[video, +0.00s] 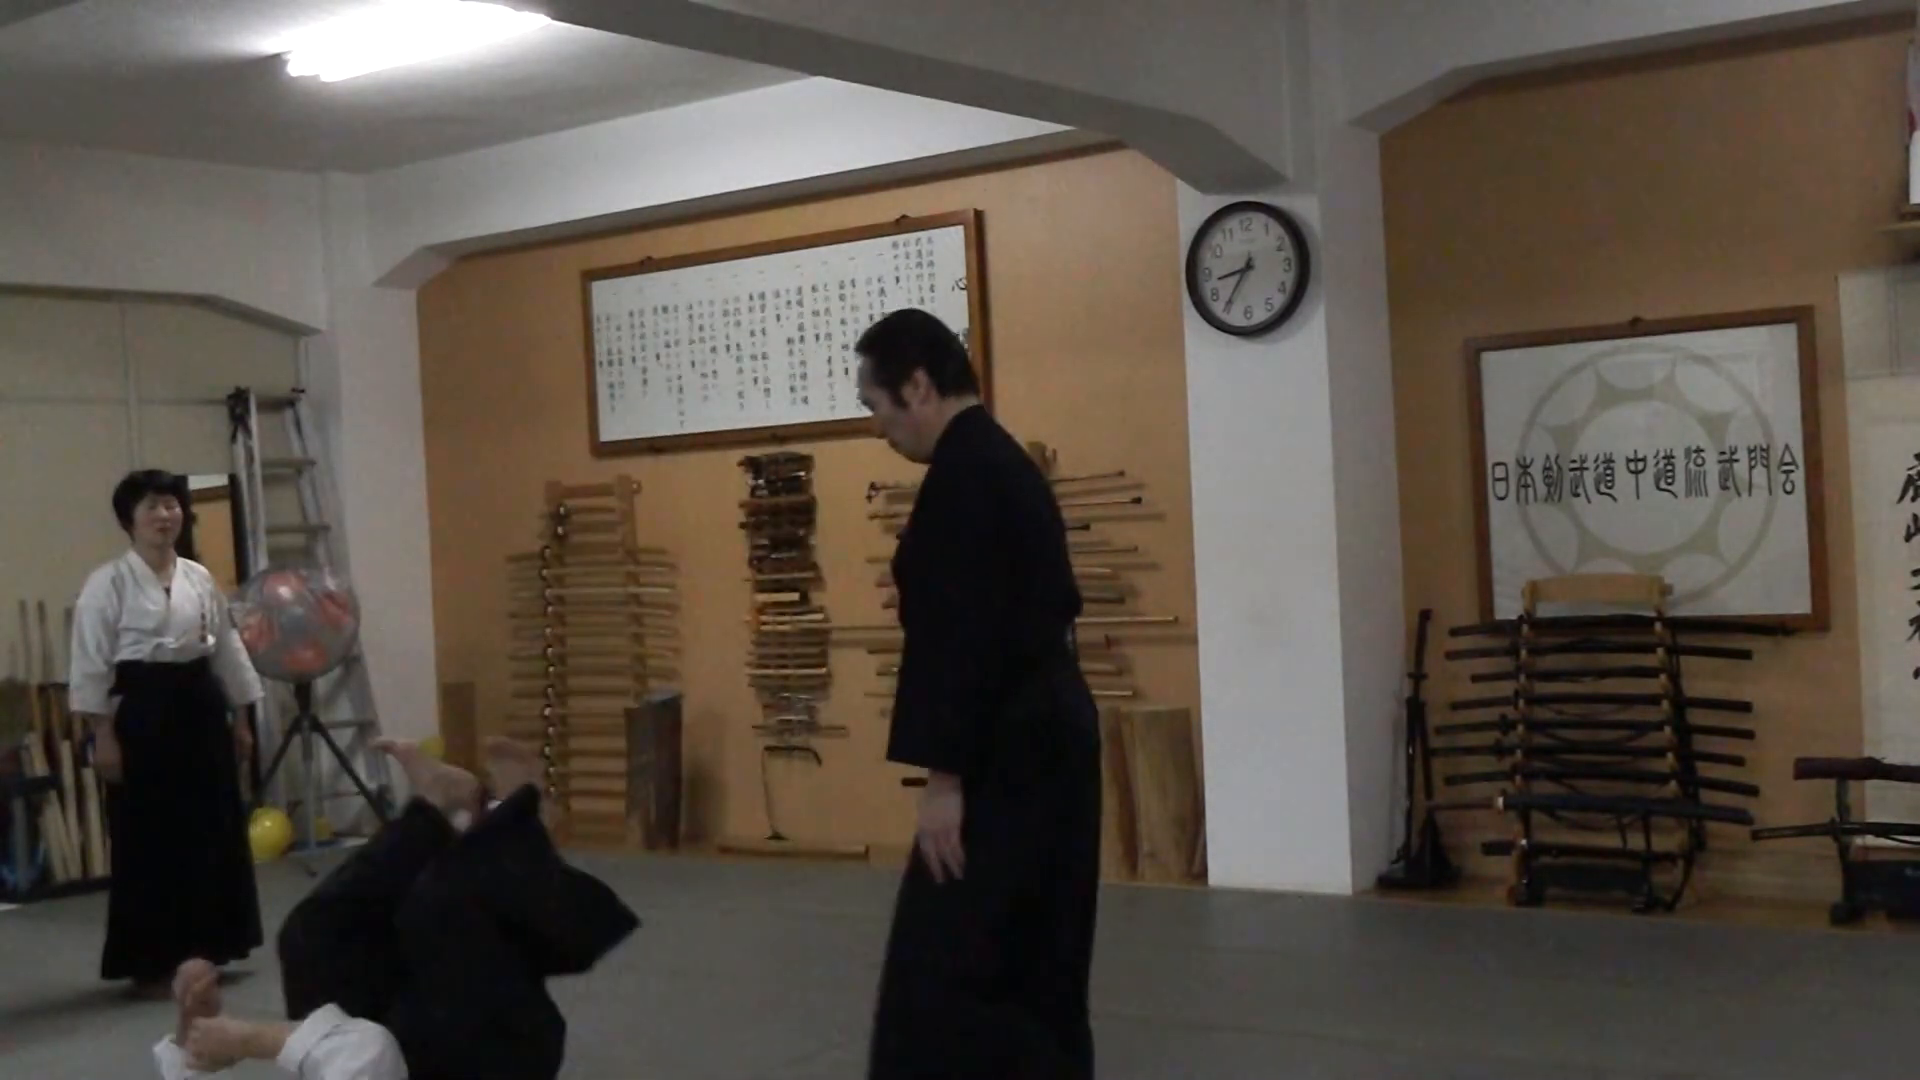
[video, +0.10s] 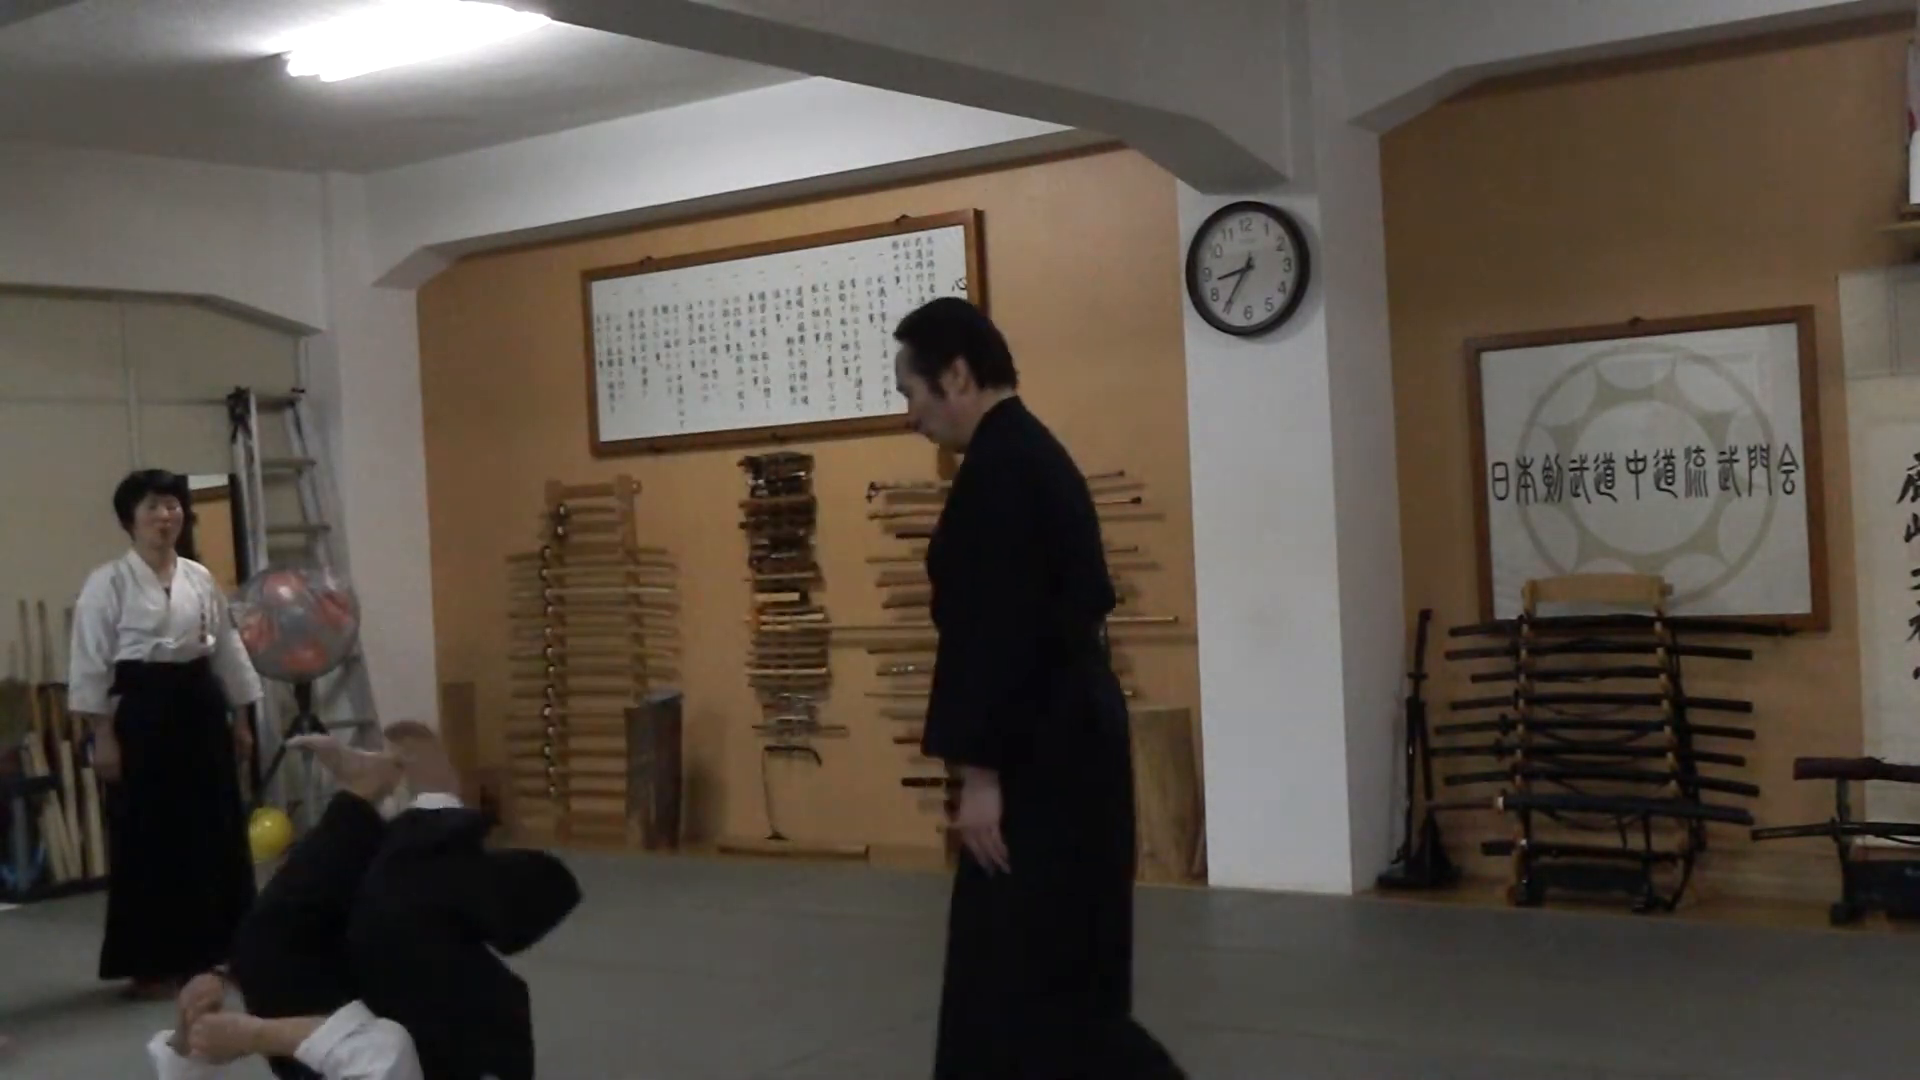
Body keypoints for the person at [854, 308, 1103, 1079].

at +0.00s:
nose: (878, 427)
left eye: (877, 407)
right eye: (872, 411)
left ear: (919, 388)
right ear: (938, 384)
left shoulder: (963, 472)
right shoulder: (1003, 462)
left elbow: (956, 634)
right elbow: (1043, 605)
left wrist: (942, 780)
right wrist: (929, 590)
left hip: (1005, 754)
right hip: (1048, 742)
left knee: (937, 976)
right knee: (1035, 967)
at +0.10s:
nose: (908, 412)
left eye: (910, 390)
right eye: (903, 393)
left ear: (959, 376)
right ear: (971, 376)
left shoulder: (1003, 465)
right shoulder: (1029, 453)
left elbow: (989, 630)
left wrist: (980, 772)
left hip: (1040, 751)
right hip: (1067, 736)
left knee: (1010, 976)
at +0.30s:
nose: (963, 397)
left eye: (966, 373)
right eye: (958, 376)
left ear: (1016, 357)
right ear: (1025, 358)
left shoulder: (1061, 447)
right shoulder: (1092, 435)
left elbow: (1053, 618)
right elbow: (1154, 593)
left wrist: (1048, 763)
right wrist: (1058, 756)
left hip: (1117, 744)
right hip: (1150, 726)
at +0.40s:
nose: (988, 393)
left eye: (990, 370)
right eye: (983, 375)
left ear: (1041, 353)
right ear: (1054, 353)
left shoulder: (1088, 442)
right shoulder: (1121, 429)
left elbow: (1080, 616)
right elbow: (1159, 602)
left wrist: (1078, 768)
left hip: (1145, 731)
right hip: (1182, 713)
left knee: (1139, 951)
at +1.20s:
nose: (1061, 357)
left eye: (1068, 336)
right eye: (1060, 338)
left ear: (1112, 332)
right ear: (1136, 333)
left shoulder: (1121, 438)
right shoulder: (1218, 432)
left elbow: (1083, 595)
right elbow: (1213, 598)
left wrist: (1061, 748)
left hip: (1161, 727)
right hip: (1232, 713)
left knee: (1149, 946)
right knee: (1237, 935)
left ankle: (1154, 1067)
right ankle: (1245, 1066)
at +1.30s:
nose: (1055, 358)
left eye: (1062, 338)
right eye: (1055, 339)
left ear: (1105, 336)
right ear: (1132, 337)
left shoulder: (1110, 440)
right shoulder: (1207, 433)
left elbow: (1078, 600)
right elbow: (1175, 586)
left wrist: (1058, 753)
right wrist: (1050, 603)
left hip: (1146, 728)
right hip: (1222, 711)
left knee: (1136, 943)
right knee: (1229, 931)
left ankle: (1145, 1066)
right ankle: (1240, 1065)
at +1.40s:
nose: (1046, 362)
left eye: (1054, 342)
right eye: (1046, 343)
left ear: (1095, 341)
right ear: (1124, 343)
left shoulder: (1101, 445)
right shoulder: (1195, 439)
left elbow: (1072, 605)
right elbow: (1188, 608)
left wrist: (1050, 756)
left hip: (1130, 740)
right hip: (1206, 726)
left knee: (1126, 958)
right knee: (1214, 945)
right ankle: (1222, 1068)